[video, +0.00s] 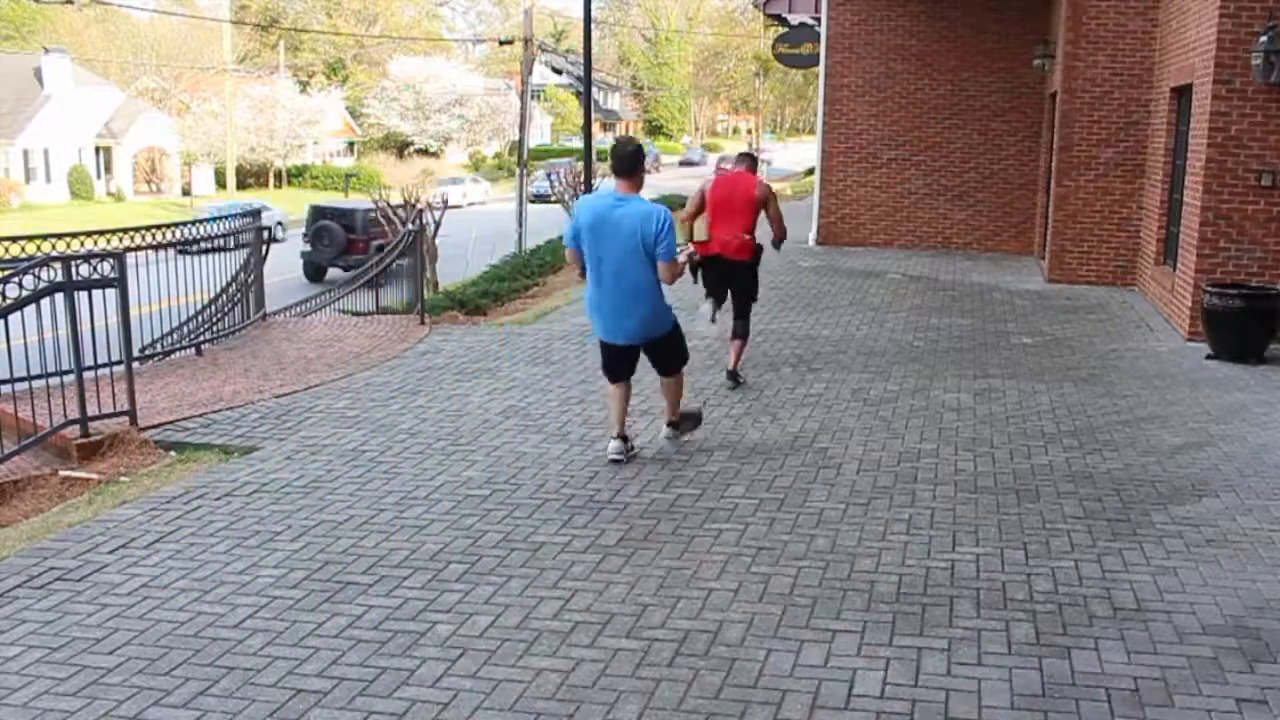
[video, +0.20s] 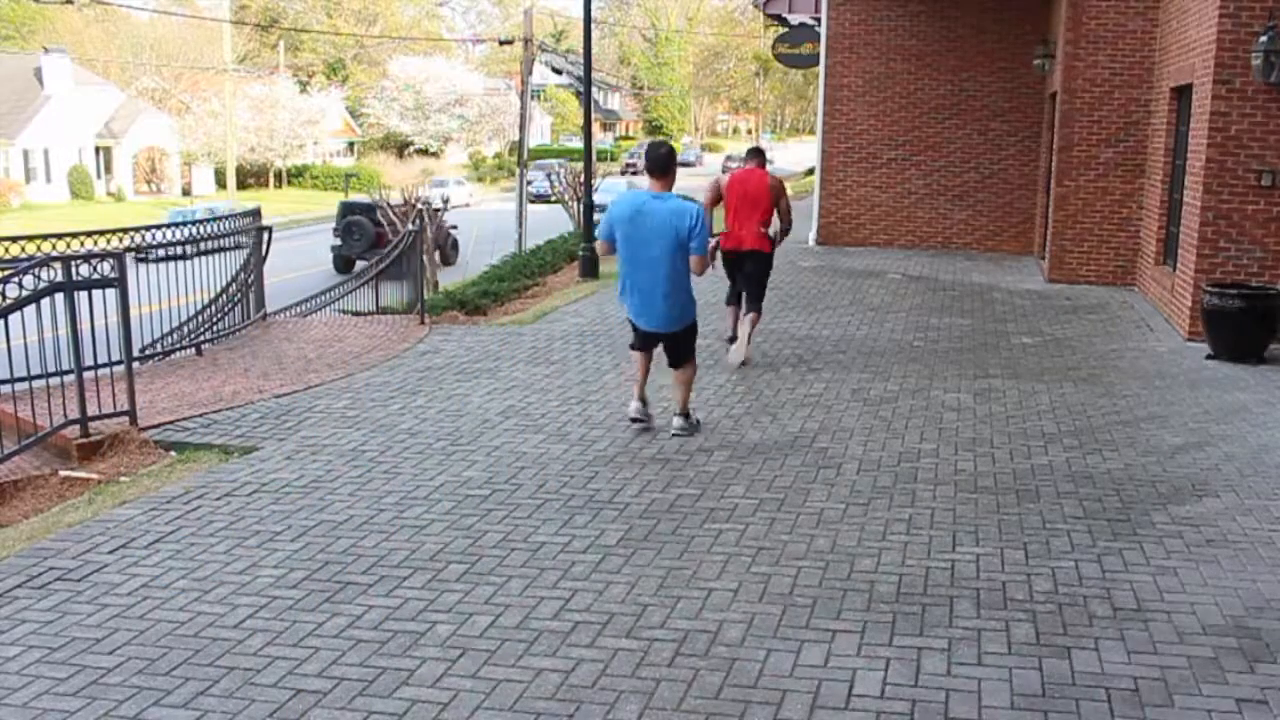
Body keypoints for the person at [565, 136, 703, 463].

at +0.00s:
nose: (647, 170)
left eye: (640, 166)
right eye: (646, 166)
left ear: (612, 169)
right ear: (643, 170)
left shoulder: (585, 207)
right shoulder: (656, 215)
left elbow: (573, 258)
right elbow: (668, 276)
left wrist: (601, 261)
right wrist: (683, 261)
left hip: (607, 318)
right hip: (649, 317)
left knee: (617, 379)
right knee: (672, 365)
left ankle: (617, 439)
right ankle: (673, 419)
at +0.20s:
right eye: (673, 166)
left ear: (645, 170)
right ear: (675, 169)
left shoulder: (623, 205)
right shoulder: (690, 212)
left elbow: (603, 248)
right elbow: (698, 267)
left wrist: (632, 237)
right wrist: (709, 251)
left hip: (637, 304)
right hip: (675, 308)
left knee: (641, 345)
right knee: (683, 361)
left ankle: (637, 401)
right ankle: (681, 415)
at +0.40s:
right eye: (689, 163)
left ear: (663, 165)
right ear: (691, 165)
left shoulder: (644, 199)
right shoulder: (706, 203)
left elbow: (632, 239)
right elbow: (719, 254)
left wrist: (658, 234)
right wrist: (732, 246)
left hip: (660, 293)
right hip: (696, 293)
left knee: (667, 347)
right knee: (704, 335)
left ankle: (669, 391)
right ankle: (691, 376)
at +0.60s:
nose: (708, 163)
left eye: (695, 159)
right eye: (712, 159)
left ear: (688, 161)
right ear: (714, 161)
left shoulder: (669, 191)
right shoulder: (727, 199)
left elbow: (654, 228)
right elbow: (734, 247)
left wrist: (679, 221)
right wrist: (744, 237)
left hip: (680, 282)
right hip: (716, 283)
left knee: (679, 334)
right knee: (726, 328)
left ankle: (673, 377)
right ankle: (733, 367)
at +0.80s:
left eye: (715, 161)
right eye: (731, 161)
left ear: (711, 164)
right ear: (735, 163)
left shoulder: (695, 192)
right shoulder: (752, 198)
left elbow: (681, 229)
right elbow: (759, 240)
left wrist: (701, 216)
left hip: (704, 272)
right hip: (737, 274)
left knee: (704, 311)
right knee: (742, 323)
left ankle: (706, 357)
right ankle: (738, 367)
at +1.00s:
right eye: (742, 159)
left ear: (721, 162)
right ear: (744, 162)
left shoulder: (707, 190)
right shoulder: (759, 193)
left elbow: (698, 223)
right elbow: (771, 234)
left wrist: (718, 216)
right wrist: (779, 226)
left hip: (721, 266)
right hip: (752, 265)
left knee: (725, 308)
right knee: (760, 298)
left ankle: (725, 350)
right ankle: (753, 338)